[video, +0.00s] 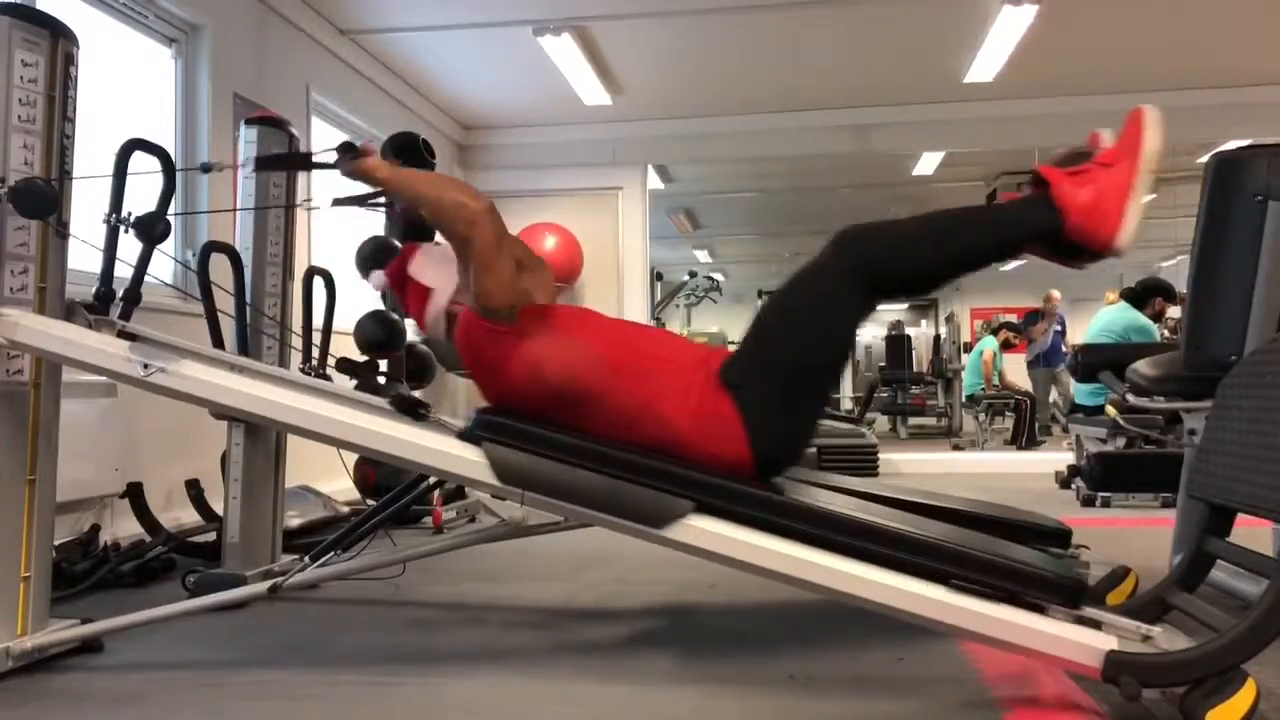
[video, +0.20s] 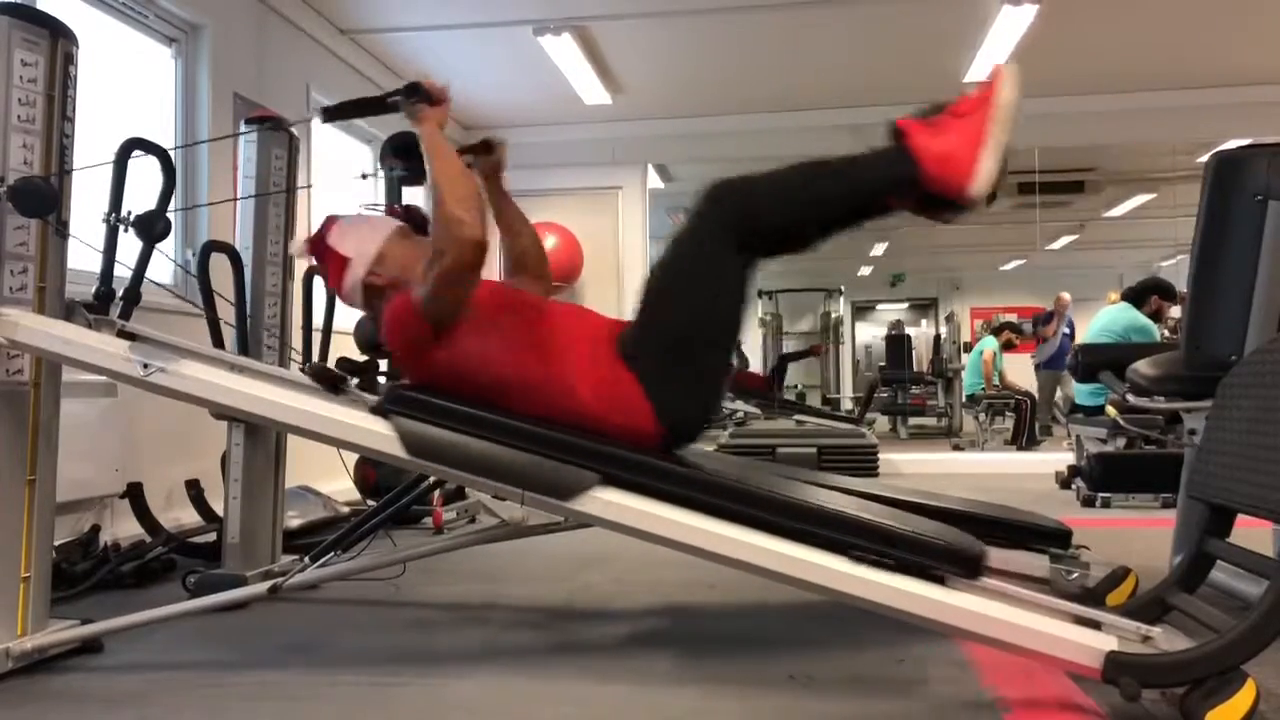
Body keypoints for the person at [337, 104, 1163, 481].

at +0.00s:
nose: (479, 252)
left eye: (441, 248)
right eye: (452, 249)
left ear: (424, 293)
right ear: (440, 274)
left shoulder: (500, 326)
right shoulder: (491, 324)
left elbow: (559, 248)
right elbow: (470, 214)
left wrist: (452, 240)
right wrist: (395, 176)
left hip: (731, 411)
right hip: (739, 428)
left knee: (851, 255)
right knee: (850, 258)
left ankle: (1055, 207)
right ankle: (1064, 211)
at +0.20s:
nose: (401, 228)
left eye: (391, 223)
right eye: (381, 232)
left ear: (401, 244)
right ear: (367, 275)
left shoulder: (453, 304)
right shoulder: (406, 325)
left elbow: (539, 269)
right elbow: (462, 237)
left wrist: (493, 185)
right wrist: (428, 131)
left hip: (646, 373)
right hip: (648, 398)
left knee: (729, 210)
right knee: (727, 210)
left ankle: (922, 164)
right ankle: (928, 165)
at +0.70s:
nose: (297, 166)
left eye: (287, 157)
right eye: (273, 161)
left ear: (240, 198)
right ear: (233, 195)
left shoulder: (292, 251)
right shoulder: (277, 241)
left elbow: (429, 250)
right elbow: (401, 222)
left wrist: (579, 261)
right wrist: (535, 188)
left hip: (489, 341)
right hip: (482, 341)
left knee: (435, 156)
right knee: (433, 149)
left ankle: (635, 118)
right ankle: (618, 82)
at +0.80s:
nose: (297, 163)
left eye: (286, 154)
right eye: (275, 157)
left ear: (243, 191)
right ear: (239, 189)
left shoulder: (288, 251)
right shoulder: (275, 237)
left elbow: (418, 244)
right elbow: (402, 221)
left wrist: (572, 264)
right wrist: (532, 191)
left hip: (485, 341)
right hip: (477, 340)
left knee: (424, 153)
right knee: (427, 148)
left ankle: (631, 114)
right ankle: (614, 81)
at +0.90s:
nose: (299, 168)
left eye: (289, 158)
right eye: (275, 162)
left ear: (245, 200)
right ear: (235, 199)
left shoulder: (297, 252)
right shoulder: (276, 243)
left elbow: (433, 236)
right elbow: (397, 215)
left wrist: (582, 251)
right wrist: (524, 178)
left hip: (495, 342)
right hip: (485, 342)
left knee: (469, 169)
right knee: (454, 143)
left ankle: (651, 119)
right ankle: (632, 80)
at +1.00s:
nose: (305, 176)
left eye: (292, 166)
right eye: (284, 170)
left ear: (257, 204)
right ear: (250, 205)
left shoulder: (314, 262)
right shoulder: (285, 252)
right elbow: (395, 205)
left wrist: (585, 223)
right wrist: (514, 135)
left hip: (510, 346)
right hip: (501, 346)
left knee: (498, 163)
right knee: (501, 162)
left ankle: (684, 118)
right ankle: (673, 88)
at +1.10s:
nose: (316, 184)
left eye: (304, 176)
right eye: (297, 183)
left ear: (286, 210)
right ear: (269, 220)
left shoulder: (351, 266)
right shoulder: (308, 262)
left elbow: (471, 252)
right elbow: (404, 183)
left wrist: (541, 205)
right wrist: (494, 87)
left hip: (526, 351)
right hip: (524, 362)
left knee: (565, 177)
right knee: (552, 160)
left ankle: (738, 132)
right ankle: (729, 103)